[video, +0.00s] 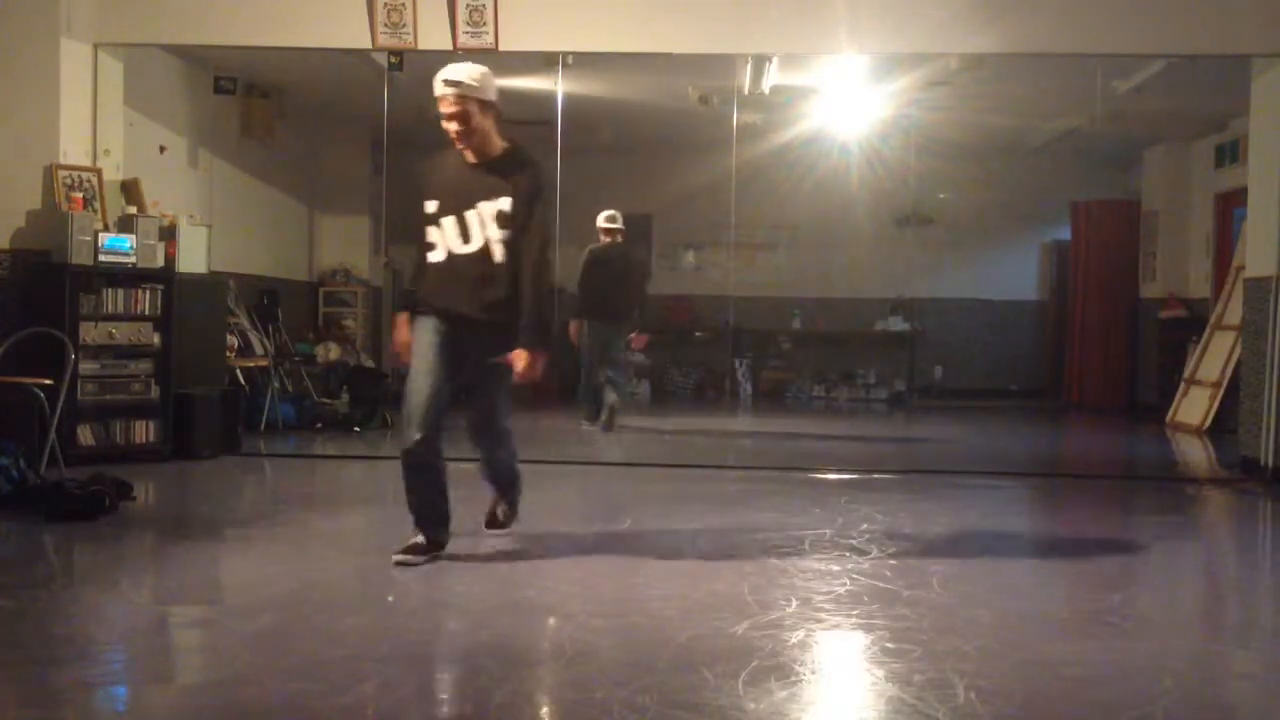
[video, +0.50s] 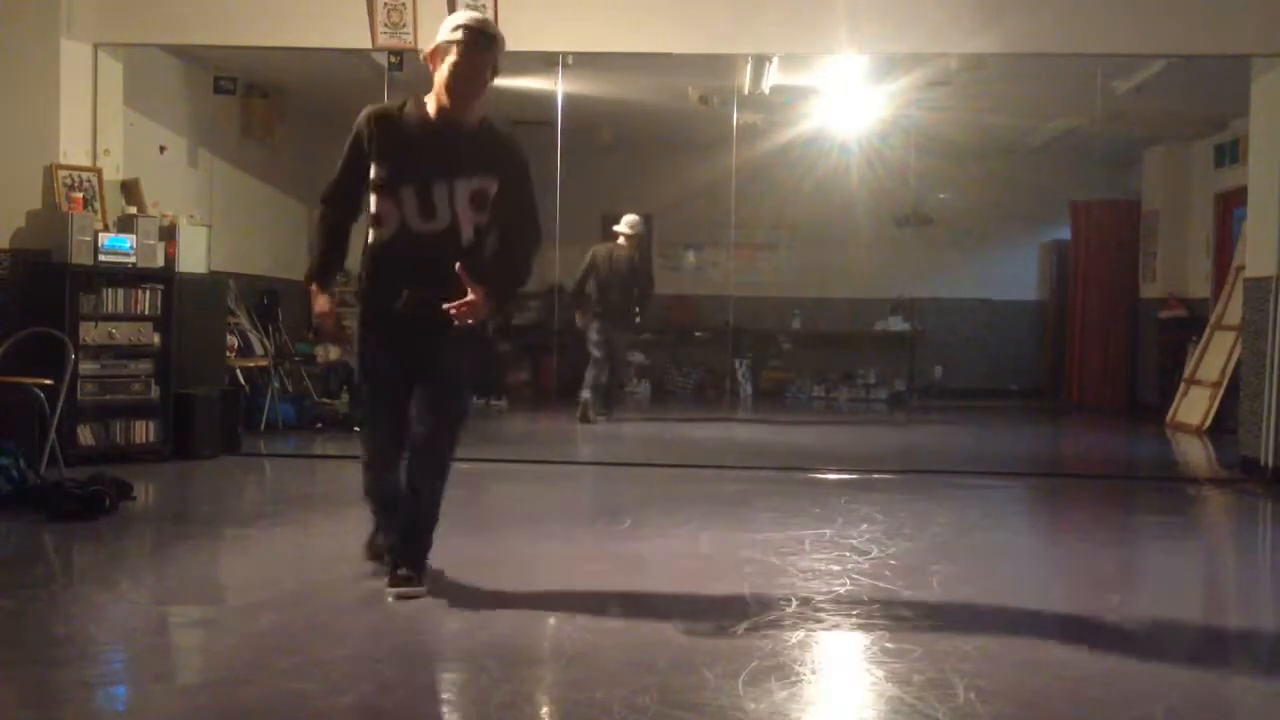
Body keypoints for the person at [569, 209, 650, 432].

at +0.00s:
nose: (604, 235)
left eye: (603, 232)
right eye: (608, 232)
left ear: (600, 232)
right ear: (621, 231)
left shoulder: (594, 253)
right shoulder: (632, 255)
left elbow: (583, 290)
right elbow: (640, 292)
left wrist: (576, 318)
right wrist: (640, 325)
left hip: (596, 317)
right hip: (622, 317)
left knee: (591, 365)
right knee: (616, 361)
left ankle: (590, 411)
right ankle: (613, 397)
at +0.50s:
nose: (636, 241)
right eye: (636, 236)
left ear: (618, 231)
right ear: (637, 236)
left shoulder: (598, 252)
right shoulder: (638, 259)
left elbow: (579, 283)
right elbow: (645, 290)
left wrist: (579, 308)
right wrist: (641, 313)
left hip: (597, 316)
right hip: (622, 318)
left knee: (596, 360)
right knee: (617, 365)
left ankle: (586, 396)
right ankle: (608, 407)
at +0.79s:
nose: (628, 237)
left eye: (631, 233)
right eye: (627, 232)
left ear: (630, 231)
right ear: (645, 232)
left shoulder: (610, 251)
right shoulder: (652, 255)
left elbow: (596, 279)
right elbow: (657, 286)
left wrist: (596, 299)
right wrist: (653, 308)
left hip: (611, 306)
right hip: (636, 308)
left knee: (609, 353)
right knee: (628, 354)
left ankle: (608, 398)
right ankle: (614, 395)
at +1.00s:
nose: (644, 240)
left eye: (646, 236)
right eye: (644, 235)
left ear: (642, 234)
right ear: (658, 235)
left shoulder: (628, 253)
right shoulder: (662, 254)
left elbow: (614, 279)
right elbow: (666, 284)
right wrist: (664, 307)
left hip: (626, 307)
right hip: (649, 310)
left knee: (618, 353)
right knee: (645, 356)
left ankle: (609, 395)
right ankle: (638, 398)